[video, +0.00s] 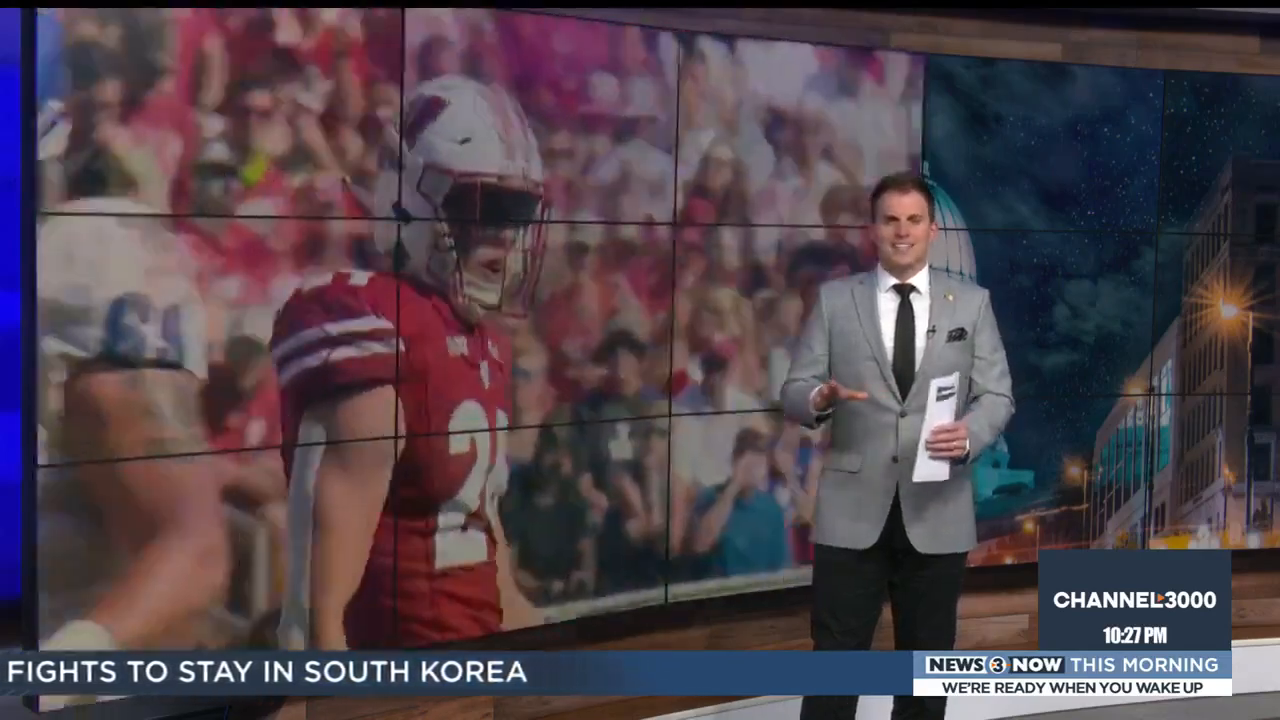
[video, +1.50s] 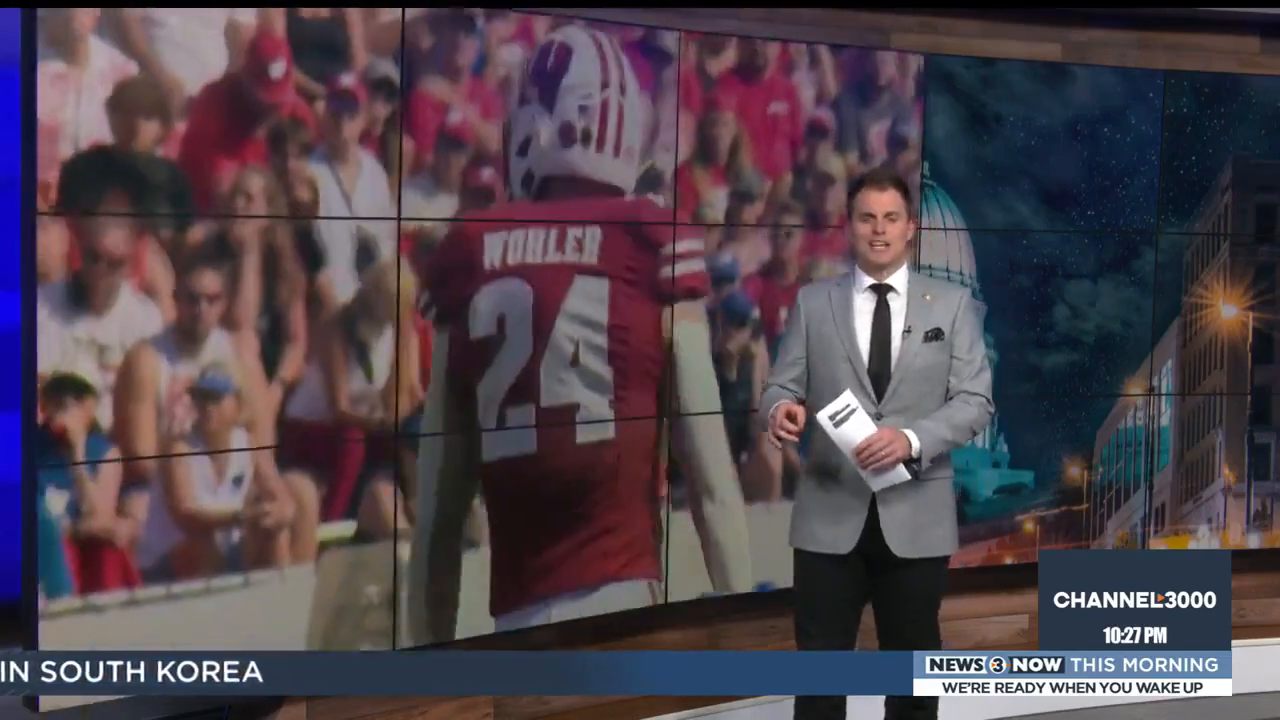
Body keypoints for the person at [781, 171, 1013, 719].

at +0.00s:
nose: (902, 231)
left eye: (914, 220)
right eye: (890, 220)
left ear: (932, 228)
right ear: (874, 229)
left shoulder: (970, 301)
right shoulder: (835, 300)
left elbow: (996, 396)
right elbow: (792, 392)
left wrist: (970, 432)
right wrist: (818, 398)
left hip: (937, 509)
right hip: (851, 508)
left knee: (928, 667)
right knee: (833, 665)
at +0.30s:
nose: (902, 230)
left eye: (913, 219)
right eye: (890, 220)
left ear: (932, 227)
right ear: (872, 230)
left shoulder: (970, 302)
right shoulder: (834, 300)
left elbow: (994, 397)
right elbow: (795, 393)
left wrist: (956, 434)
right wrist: (823, 399)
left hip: (936, 508)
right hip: (850, 508)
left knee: (927, 665)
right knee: (832, 662)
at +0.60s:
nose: (900, 231)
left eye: (912, 219)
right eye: (887, 220)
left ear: (931, 228)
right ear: (870, 229)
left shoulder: (968, 301)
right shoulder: (833, 300)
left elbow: (993, 398)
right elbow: (790, 391)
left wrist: (954, 438)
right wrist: (823, 401)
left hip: (933, 510)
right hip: (848, 509)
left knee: (926, 667)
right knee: (830, 665)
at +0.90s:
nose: (895, 235)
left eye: (907, 222)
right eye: (883, 223)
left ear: (927, 230)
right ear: (867, 231)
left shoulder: (965, 301)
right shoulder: (828, 300)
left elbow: (991, 399)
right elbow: (780, 385)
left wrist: (936, 426)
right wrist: (794, 400)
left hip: (928, 511)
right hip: (843, 509)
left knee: (923, 669)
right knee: (828, 668)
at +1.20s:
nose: (884, 230)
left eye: (897, 219)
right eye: (872, 219)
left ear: (917, 228)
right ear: (857, 229)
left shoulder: (958, 301)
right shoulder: (820, 301)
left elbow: (981, 402)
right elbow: (788, 380)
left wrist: (918, 433)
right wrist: (783, 401)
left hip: (920, 512)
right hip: (835, 510)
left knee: (917, 670)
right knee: (823, 669)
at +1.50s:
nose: (878, 229)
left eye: (891, 217)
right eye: (866, 217)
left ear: (912, 227)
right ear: (850, 226)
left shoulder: (953, 304)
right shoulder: (813, 302)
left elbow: (974, 405)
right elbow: (782, 388)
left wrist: (912, 439)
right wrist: (779, 411)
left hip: (915, 517)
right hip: (828, 515)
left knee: (913, 672)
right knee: (819, 672)